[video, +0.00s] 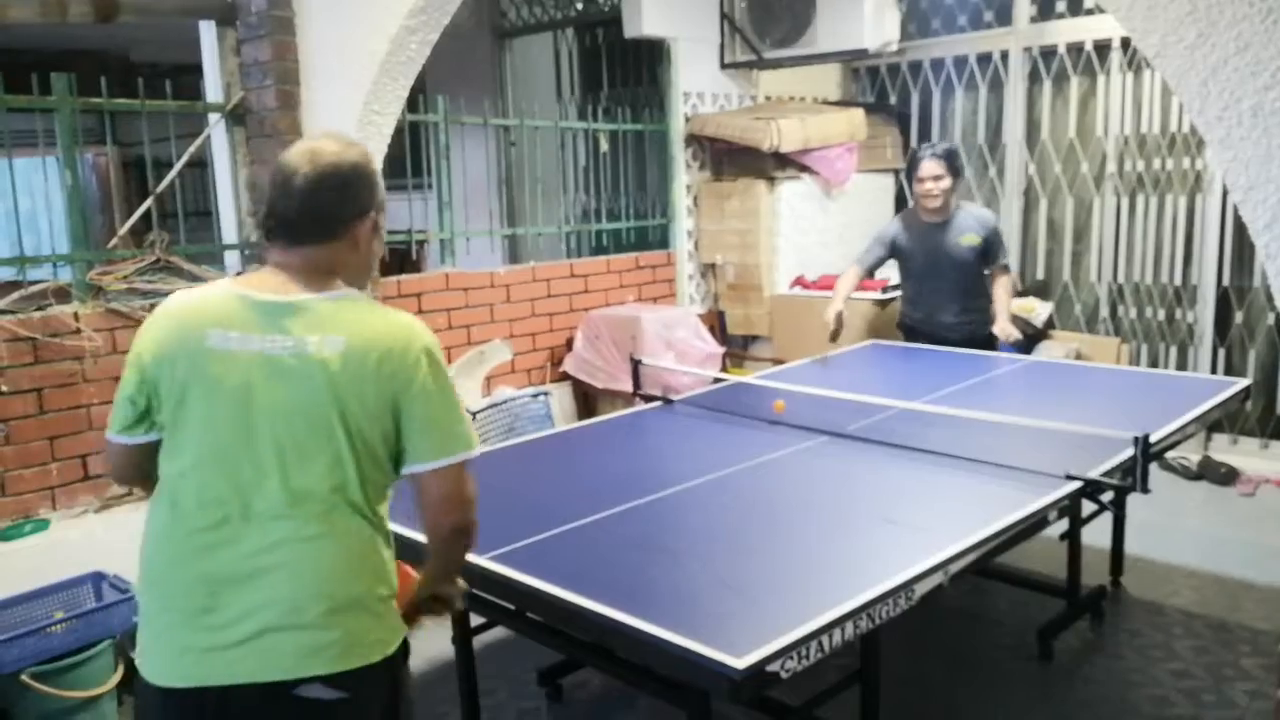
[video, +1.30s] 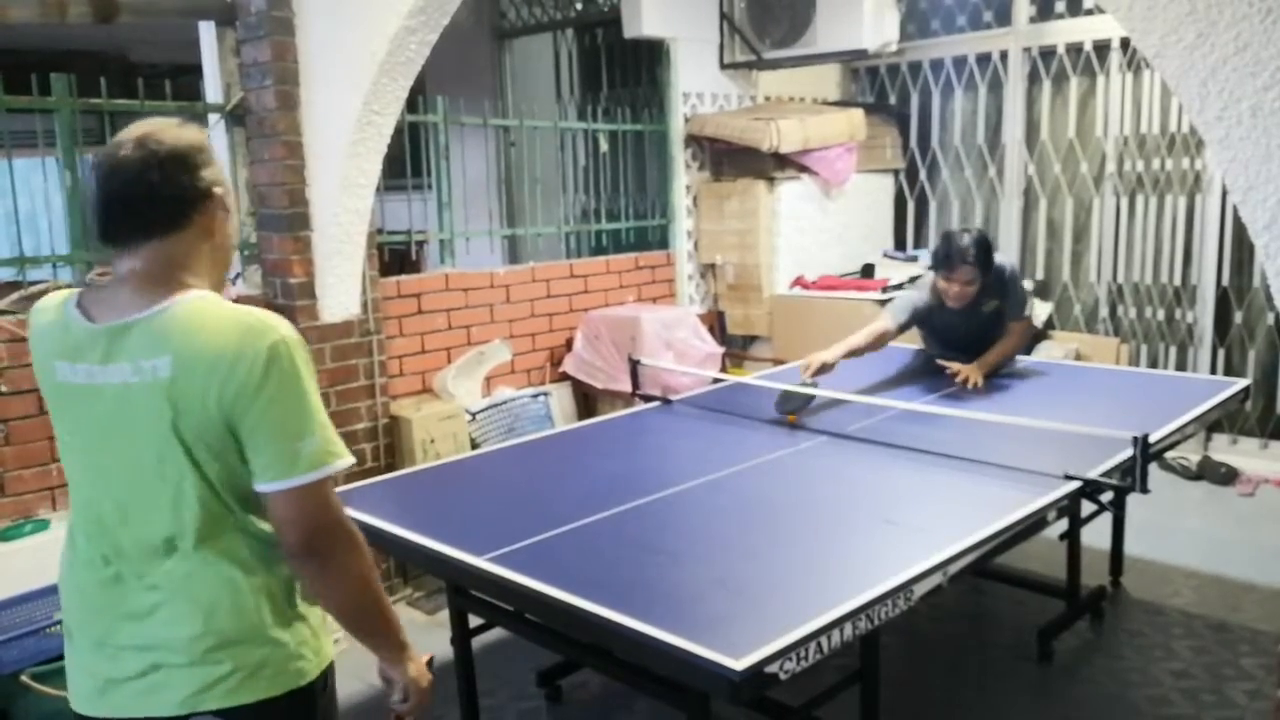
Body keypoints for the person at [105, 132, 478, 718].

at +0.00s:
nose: (378, 243)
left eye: (380, 227)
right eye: (379, 227)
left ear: (269, 222)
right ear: (366, 231)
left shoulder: (175, 319)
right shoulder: (397, 340)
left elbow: (125, 463)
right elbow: (452, 518)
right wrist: (436, 583)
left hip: (181, 666)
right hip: (335, 660)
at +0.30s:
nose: (316, 228)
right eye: (315, 214)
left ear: (208, 223)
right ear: (305, 219)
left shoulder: (135, 316)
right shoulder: (339, 338)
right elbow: (406, 509)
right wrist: (483, 621)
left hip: (159, 672)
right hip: (306, 666)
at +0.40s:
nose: (282, 236)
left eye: (280, 216)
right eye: (279, 216)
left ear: (165, 226)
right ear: (260, 217)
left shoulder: (103, 321)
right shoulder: (295, 335)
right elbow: (365, 510)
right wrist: (458, 631)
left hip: (142, 677)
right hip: (285, 672)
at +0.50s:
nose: (240, 230)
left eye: (237, 212)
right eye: (236, 211)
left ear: (123, 230)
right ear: (217, 213)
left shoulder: (71, 328)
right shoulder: (254, 327)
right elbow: (312, 505)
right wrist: (408, 639)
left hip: (117, 674)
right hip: (260, 669)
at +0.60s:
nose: (209, 232)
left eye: (207, 211)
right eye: (206, 210)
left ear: (94, 231)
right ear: (186, 210)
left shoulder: (42, 333)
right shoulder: (220, 324)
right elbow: (265, 508)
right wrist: (349, 656)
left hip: (96, 670)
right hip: (229, 669)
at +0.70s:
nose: (189, 233)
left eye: (188, 213)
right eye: (187, 212)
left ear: (72, 235)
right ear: (164, 211)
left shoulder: (26, 339)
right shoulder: (198, 324)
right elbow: (234, 514)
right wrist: (313, 667)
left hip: (85, 676)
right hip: (210, 674)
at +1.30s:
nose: (235, 225)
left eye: (232, 207)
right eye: (232, 207)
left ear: (109, 225)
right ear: (216, 211)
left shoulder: (50, 327)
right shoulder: (251, 341)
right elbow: (311, 535)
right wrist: (395, 653)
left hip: (103, 673)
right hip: (244, 676)